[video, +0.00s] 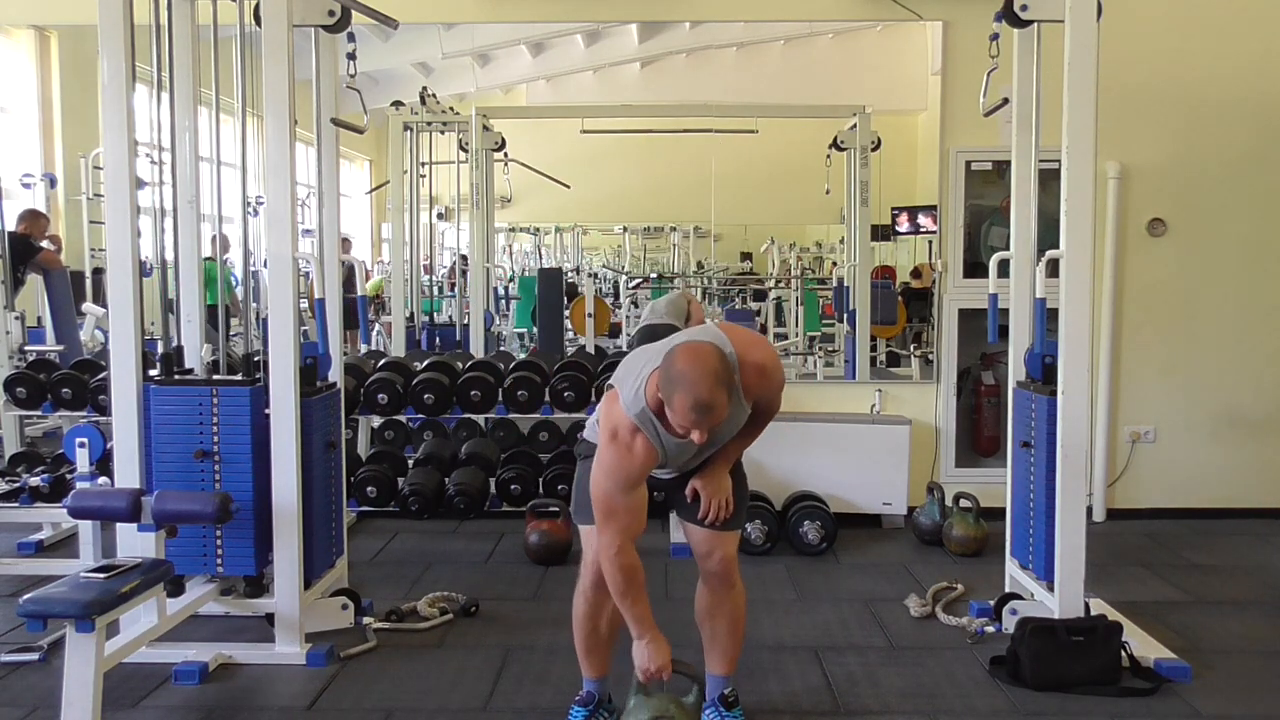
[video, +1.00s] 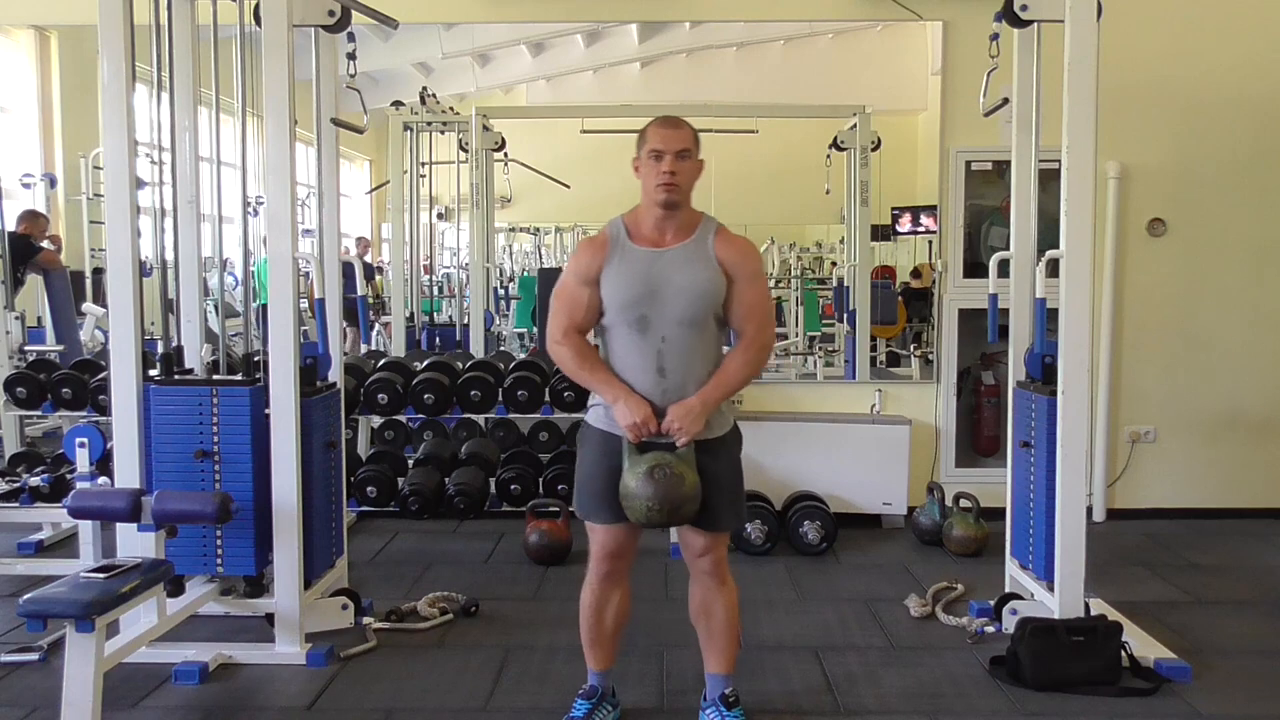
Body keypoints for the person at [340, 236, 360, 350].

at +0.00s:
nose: (346, 250)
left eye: (348, 247)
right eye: (344, 247)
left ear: (351, 247)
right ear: (339, 247)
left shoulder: (356, 264)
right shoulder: (335, 264)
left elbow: (365, 280)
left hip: (352, 296)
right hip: (339, 296)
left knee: (353, 327)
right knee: (340, 327)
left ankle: (353, 352)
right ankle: (339, 352)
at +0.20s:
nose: (355, 251)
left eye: (356, 248)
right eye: (353, 247)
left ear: (356, 248)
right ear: (345, 247)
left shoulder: (359, 264)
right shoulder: (338, 263)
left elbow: (368, 283)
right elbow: (334, 283)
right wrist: (344, 280)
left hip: (356, 297)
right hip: (342, 297)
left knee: (355, 328)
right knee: (342, 328)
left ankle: (354, 353)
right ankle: (340, 353)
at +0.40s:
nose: (359, 251)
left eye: (360, 248)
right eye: (357, 248)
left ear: (361, 248)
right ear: (349, 247)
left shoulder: (361, 265)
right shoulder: (340, 263)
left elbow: (369, 285)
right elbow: (337, 287)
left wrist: (362, 302)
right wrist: (350, 301)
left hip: (358, 304)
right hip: (343, 304)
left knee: (356, 341)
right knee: (342, 339)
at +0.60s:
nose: (362, 250)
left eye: (363, 247)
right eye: (360, 246)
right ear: (352, 246)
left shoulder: (362, 264)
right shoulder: (342, 262)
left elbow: (368, 281)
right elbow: (338, 280)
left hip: (359, 300)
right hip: (345, 300)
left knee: (356, 339)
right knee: (343, 337)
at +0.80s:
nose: (364, 249)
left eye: (365, 246)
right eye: (362, 246)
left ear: (366, 247)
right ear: (354, 246)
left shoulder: (366, 266)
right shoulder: (343, 263)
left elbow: (370, 285)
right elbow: (339, 283)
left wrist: (374, 301)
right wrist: (338, 300)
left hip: (360, 302)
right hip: (346, 301)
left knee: (357, 338)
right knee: (345, 336)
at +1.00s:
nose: (367, 250)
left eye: (368, 247)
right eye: (365, 247)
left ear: (369, 248)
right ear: (357, 247)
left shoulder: (368, 266)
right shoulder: (346, 263)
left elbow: (373, 284)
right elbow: (339, 281)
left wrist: (377, 300)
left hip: (362, 300)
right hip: (348, 300)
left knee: (361, 332)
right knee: (352, 331)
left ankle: (359, 358)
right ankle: (349, 358)